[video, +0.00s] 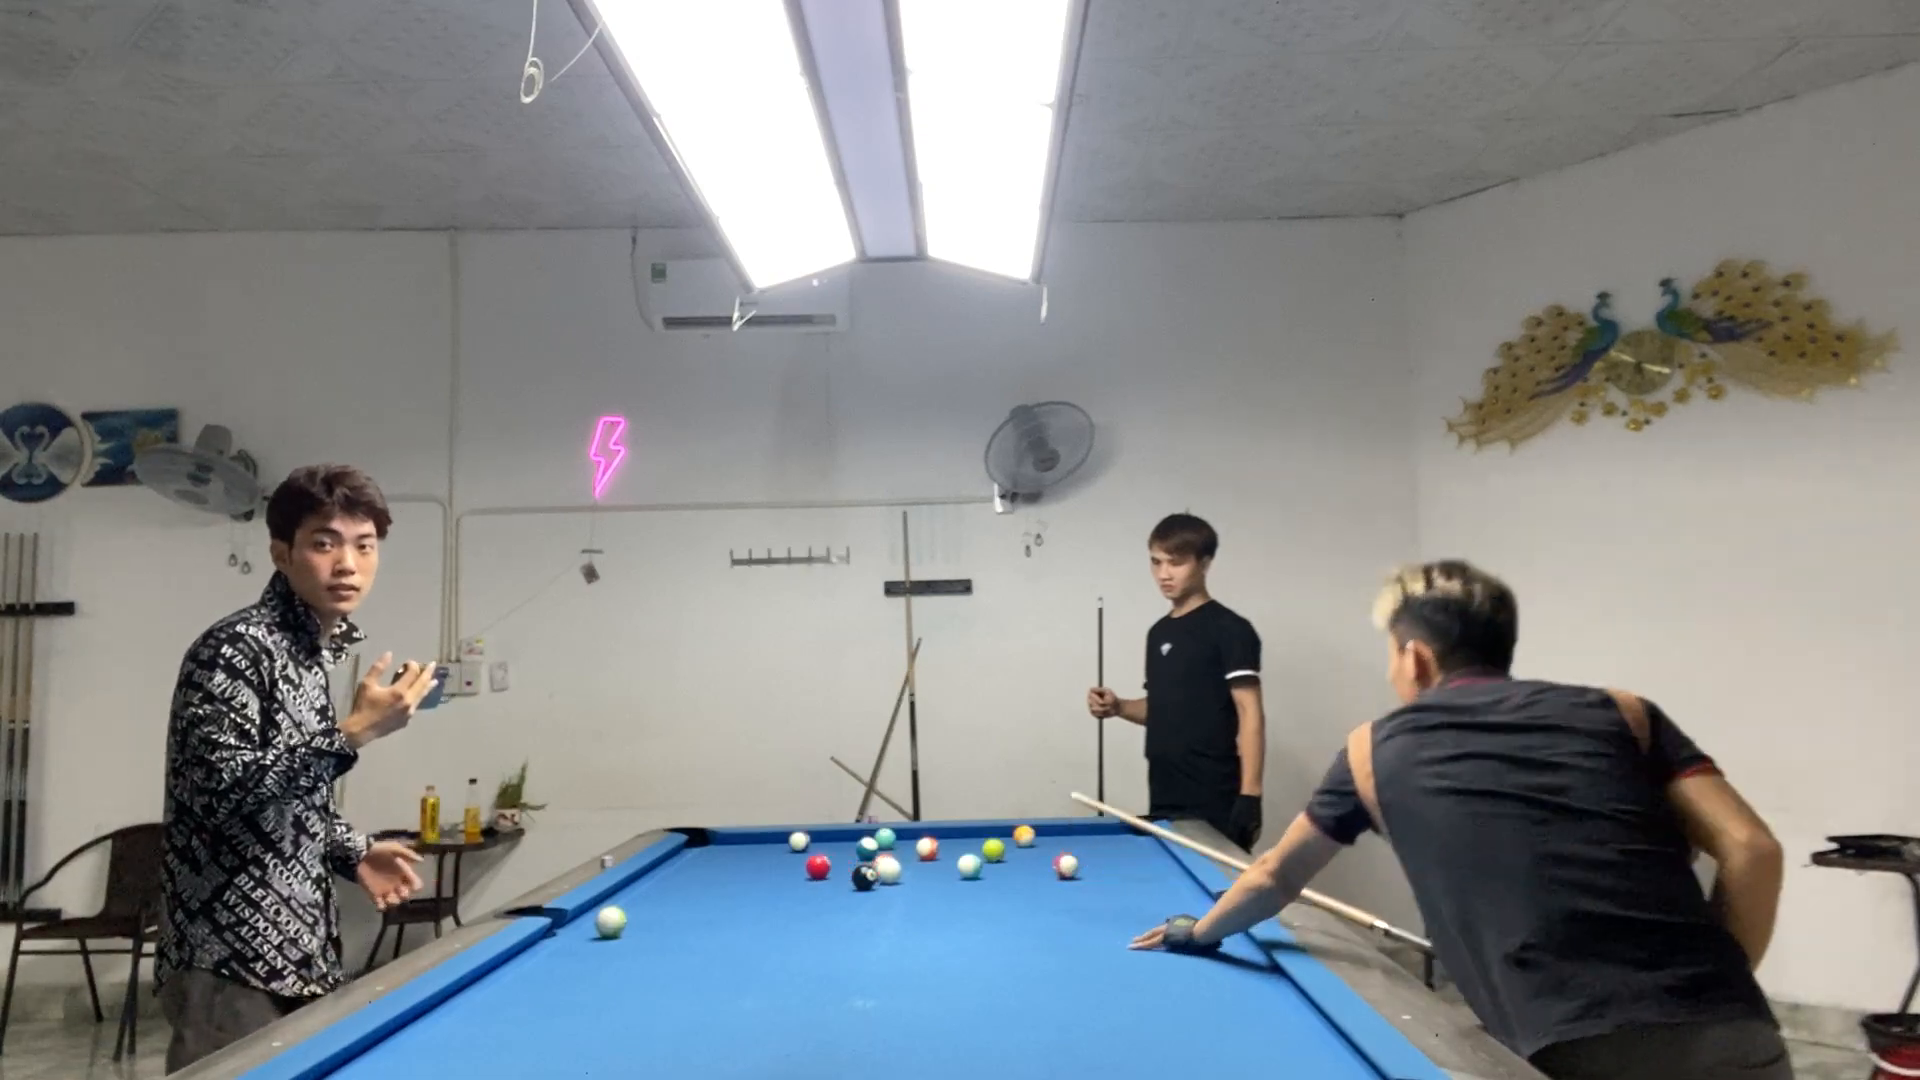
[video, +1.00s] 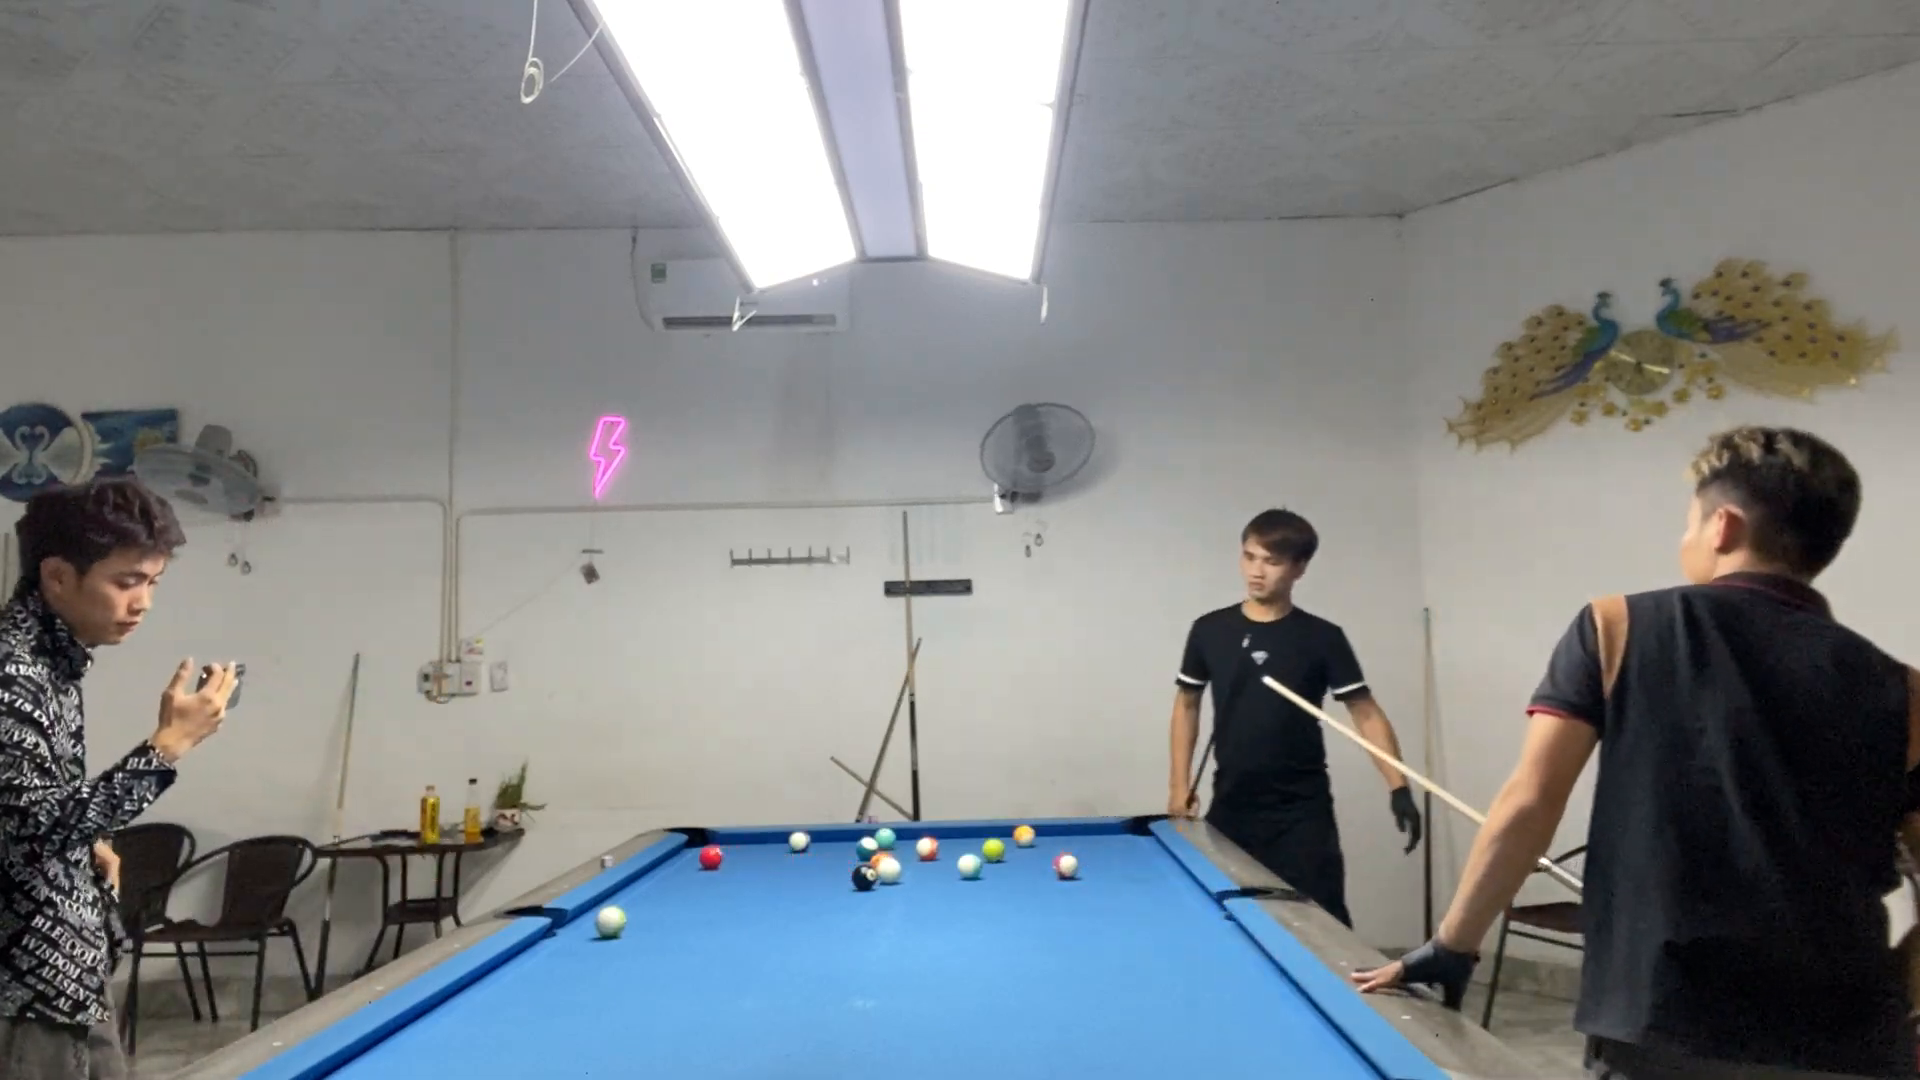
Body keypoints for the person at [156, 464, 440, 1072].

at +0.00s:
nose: (347, 564)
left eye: (363, 545)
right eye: (324, 543)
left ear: (376, 555)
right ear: (282, 554)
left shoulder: (308, 659)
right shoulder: (231, 651)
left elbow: (294, 797)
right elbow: (220, 786)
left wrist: (355, 854)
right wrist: (352, 731)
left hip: (303, 954)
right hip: (229, 962)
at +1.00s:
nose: (142, 603)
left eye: (150, 582)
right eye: (126, 582)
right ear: (58, 577)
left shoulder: (57, 659)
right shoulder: (13, 675)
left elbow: (51, 788)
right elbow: (41, 829)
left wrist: (89, 840)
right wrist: (168, 745)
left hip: (80, 978)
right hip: (27, 997)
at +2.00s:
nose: (75, 583)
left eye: (74, 564)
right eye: (60, 561)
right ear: (6, 565)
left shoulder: (12, 668)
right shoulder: (6, 672)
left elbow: (32, 792)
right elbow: (24, 801)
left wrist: (133, 713)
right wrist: (137, 714)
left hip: (29, 968)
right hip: (15, 973)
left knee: (40, 1066)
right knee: (34, 1068)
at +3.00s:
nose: (69, 590)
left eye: (69, 569)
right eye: (57, 565)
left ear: (17, 566)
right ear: (5, 565)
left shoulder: (6, 665)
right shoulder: (4, 668)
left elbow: (18, 798)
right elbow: (15, 802)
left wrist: (128, 724)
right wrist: (132, 724)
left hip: (17, 975)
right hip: (9, 977)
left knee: (29, 1069)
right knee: (26, 1070)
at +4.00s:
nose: (70, 588)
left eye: (71, 569)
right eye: (56, 565)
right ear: (6, 567)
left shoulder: (9, 667)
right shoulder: (5, 670)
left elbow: (25, 795)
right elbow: (25, 799)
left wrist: (14, 824)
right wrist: (139, 720)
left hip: (20, 972)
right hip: (11, 974)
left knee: (30, 1069)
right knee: (26, 1070)